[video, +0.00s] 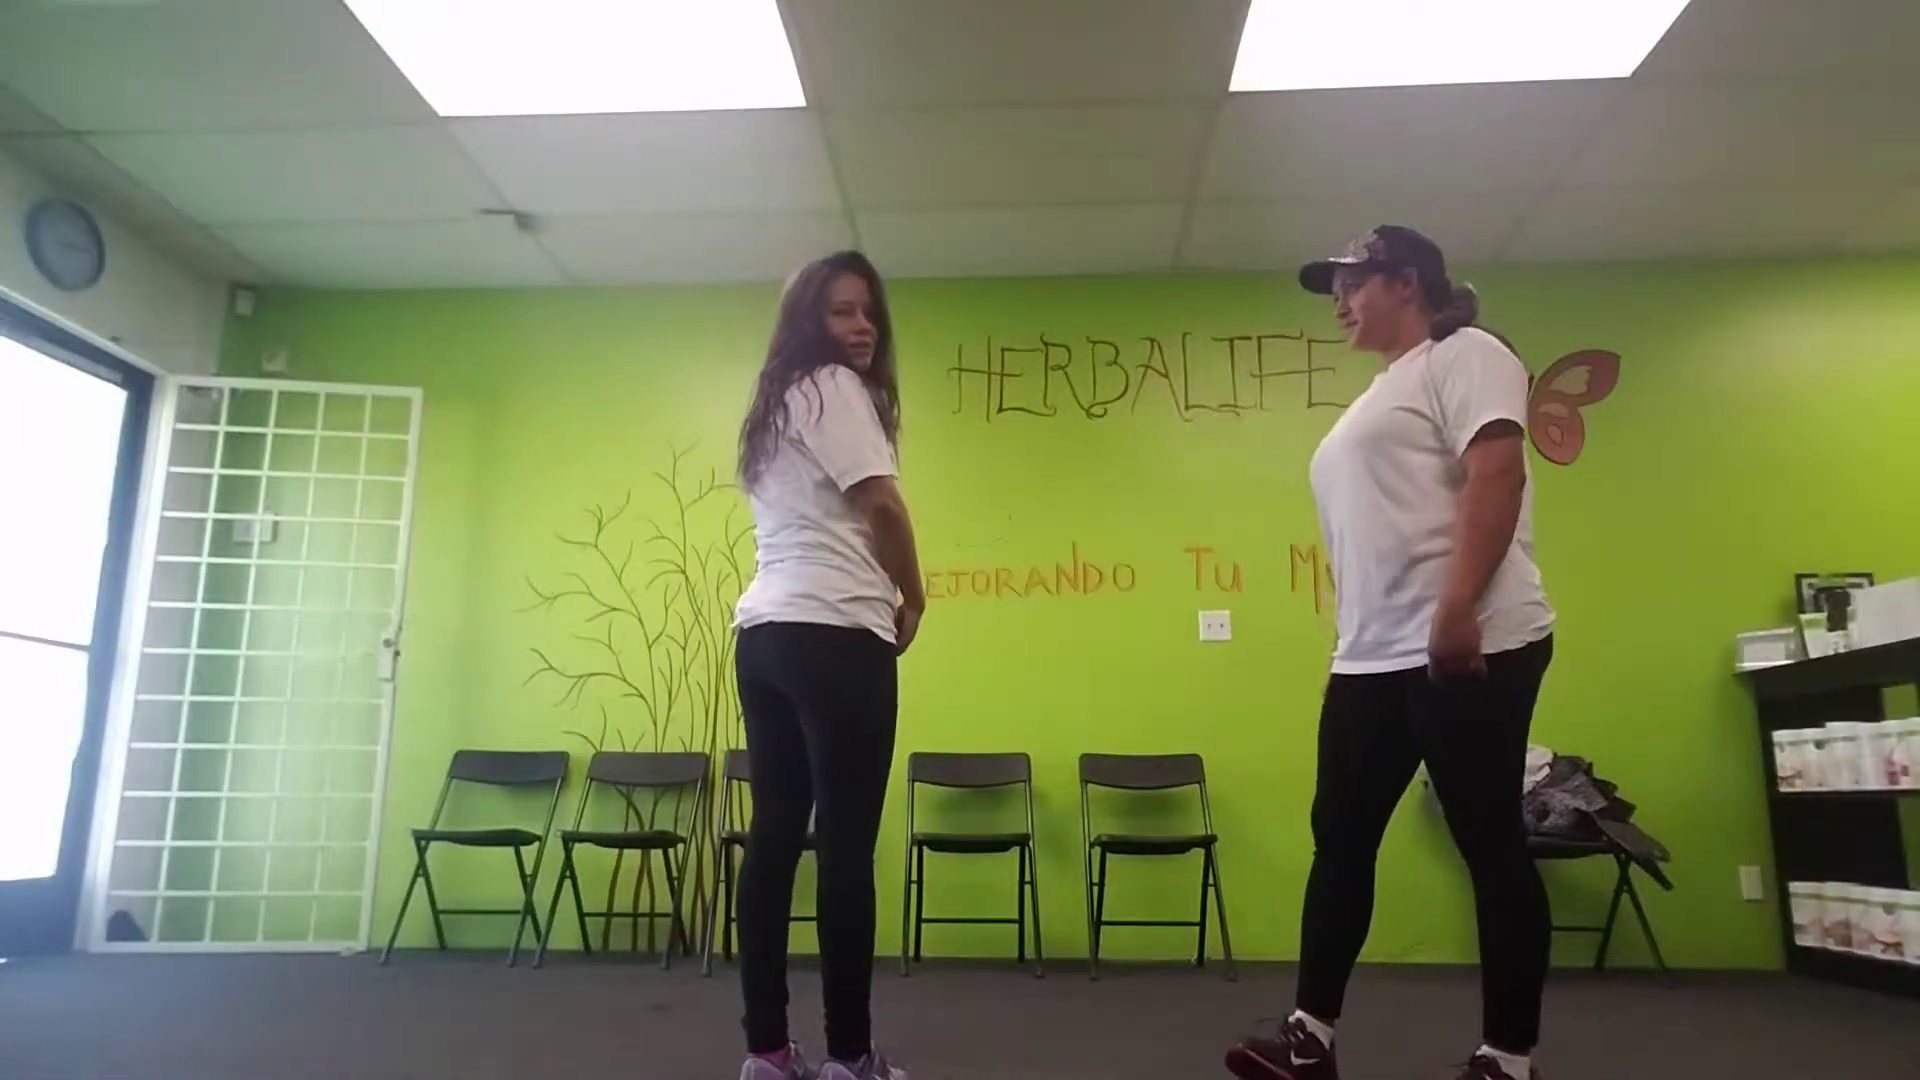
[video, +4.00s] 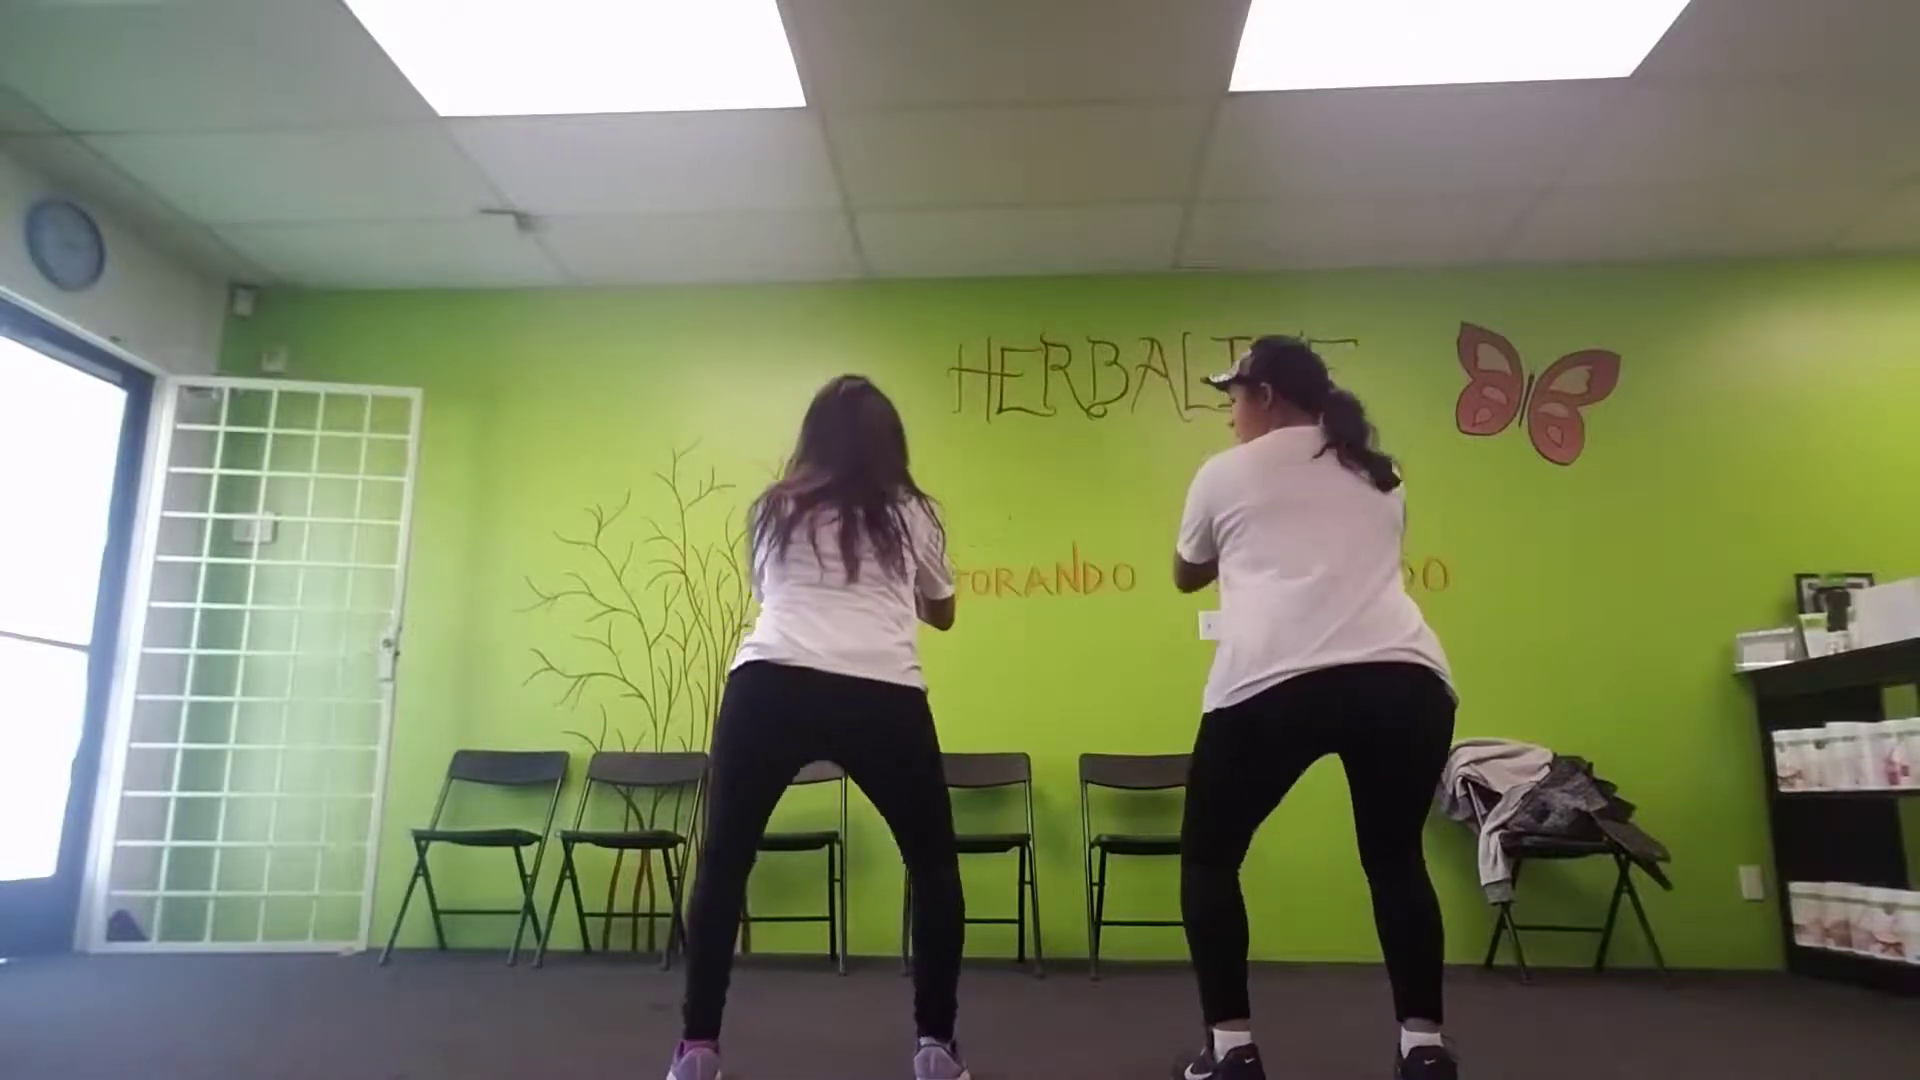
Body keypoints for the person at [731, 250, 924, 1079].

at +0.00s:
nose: (859, 325)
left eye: (867, 312)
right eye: (841, 311)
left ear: (877, 320)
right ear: (808, 320)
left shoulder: (777, 398)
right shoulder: (836, 387)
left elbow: (793, 527)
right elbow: (881, 507)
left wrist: (880, 597)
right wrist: (914, 595)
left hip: (765, 633)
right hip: (835, 632)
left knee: (773, 841)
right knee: (848, 851)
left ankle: (767, 1052)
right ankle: (849, 1056)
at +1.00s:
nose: (847, 325)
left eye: (855, 312)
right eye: (829, 312)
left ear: (866, 322)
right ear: (796, 320)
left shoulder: (767, 395)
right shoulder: (818, 386)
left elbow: (778, 525)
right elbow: (856, 504)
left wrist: (865, 601)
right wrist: (899, 598)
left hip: (756, 633)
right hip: (821, 631)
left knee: (767, 840)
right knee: (843, 848)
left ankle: (765, 1051)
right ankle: (850, 1056)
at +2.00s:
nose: (869, 337)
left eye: (866, 324)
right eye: (860, 324)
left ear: (782, 334)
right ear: (834, 329)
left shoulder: (736, 414)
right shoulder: (857, 393)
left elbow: (724, 548)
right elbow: (900, 521)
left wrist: (764, 622)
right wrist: (904, 621)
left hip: (754, 644)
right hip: (854, 638)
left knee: (752, 849)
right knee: (893, 846)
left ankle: (758, 1050)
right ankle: (914, 1046)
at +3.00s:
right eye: (866, 337)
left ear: (786, 340)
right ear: (870, 346)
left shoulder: (748, 423)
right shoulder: (897, 423)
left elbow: (737, 549)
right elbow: (919, 540)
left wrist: (812, 528)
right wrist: (852, 502)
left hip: (766, 648)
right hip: (871, 652)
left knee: (741, 846)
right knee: (893, 854)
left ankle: (706, 1050)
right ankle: (924, 1052)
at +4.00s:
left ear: (810, 440)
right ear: (892, 441)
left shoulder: (774, 503)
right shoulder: (914, 509)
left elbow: (767, 590)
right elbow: (941, 613)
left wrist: (834, 572)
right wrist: (878, 567)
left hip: (771, 689)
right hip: (883, 697)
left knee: (722, 859)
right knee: (932, 861)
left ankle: (697, 1049)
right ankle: (936, 1049)